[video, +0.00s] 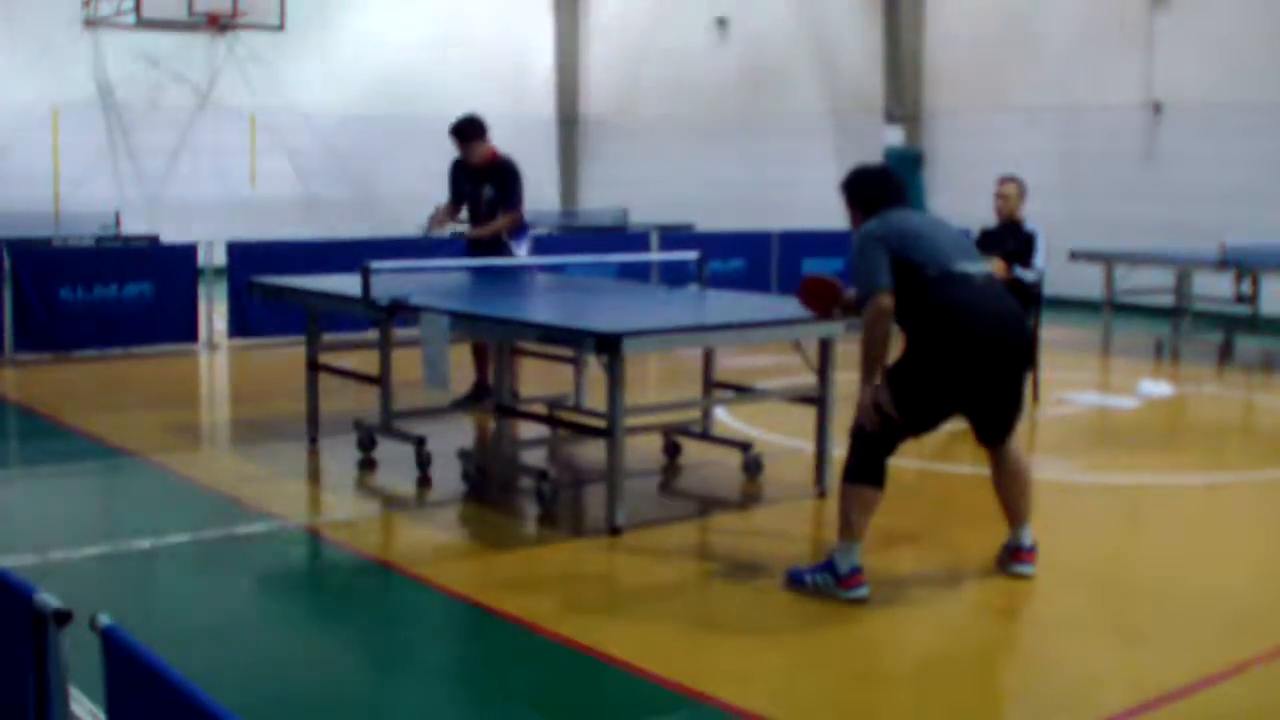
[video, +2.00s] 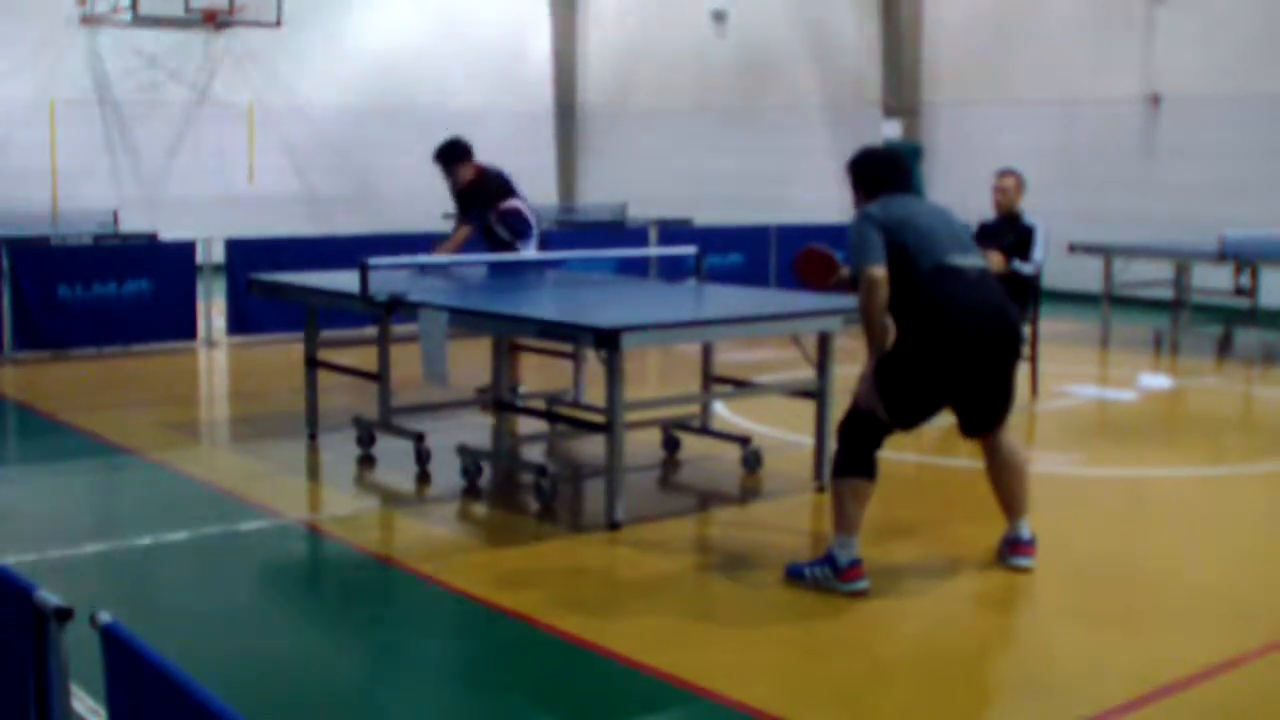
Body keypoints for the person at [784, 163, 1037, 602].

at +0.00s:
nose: (849, 219)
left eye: (849, 210)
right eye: (848, 210)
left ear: (858, 208)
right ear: (899, 196)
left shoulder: (872, 235)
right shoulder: (937, 226)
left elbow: (881, 305)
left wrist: (870, 382)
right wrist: (856, 304)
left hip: (944, 353)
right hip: (1006, 346)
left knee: (871, 439)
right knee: (999, 438)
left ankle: (845, 561)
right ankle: (1023, 542)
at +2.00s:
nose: (855, 198)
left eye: (854, 190)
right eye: (855, 190)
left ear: (863, 188)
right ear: (906, 181)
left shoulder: (871, 218)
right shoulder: (942, 215)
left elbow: (875, 282)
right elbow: (981, 271)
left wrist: (876, 358)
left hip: (933, 341)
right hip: (995, 338)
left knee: (858, 433)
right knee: (993, 431)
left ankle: (844, 556)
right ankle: (1021, 534)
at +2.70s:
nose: (868, 201)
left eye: (868, 193)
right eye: (868, 193)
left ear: (877, 191)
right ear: (920, 185)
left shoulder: (886, 223)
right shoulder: (955, 220)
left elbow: (889, 287)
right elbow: (996, 279)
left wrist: (883, 370)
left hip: (942, 351)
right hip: (1001, 349)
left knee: (871, 447)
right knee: (996, 442)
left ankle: (844, 567)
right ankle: (1021, 547)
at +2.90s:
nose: (908, 196)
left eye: (910, 185)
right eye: (908, 185)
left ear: (923, 185)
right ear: (969, 177)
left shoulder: (937, 222)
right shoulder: (1011, 213)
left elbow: (951, 299)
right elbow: (1016, 300)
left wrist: (941, 393)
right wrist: (921, 310)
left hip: (1010, 361)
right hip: (1076, 357)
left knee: (927, 478)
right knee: (1061, 481)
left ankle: (889, 623)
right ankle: (1088, 607)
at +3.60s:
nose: (907, 220)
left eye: (905, 209)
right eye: (903, 209)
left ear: (920, 201)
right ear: (952, 185)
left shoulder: (952, 227)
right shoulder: (1002, 217)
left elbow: (947, 302)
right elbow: (1033, 300)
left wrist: (900, 388)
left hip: (1002, 379)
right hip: (1045, 377)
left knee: (920, 489)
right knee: (981, 473)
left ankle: (900, 628)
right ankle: (1009, 587)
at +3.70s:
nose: (921, 204)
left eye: (923, 192)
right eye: (919, 194)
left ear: (945, 187)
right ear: (965, 180)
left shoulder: (986, 220)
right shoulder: (990, 213)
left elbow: (996, 291)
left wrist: (932, 361)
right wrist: (878, 253)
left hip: (1041, 372)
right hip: (1037, 368)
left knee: (957, 476)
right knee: (978, 469)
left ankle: (917, 621)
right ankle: (1008, 587)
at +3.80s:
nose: (941, 179)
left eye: (947, 168)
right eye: (943, 169)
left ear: (970, 173)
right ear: (981, 171)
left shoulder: (1015, 212)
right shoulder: (984, 212)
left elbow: (1040, 277)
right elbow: (926, 212)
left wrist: (967, 326)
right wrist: (863, 219)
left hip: (1061, 361)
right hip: (1025, 353)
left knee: (993, 473)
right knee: (996, 465)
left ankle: (968, 624)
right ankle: (1008, 583)